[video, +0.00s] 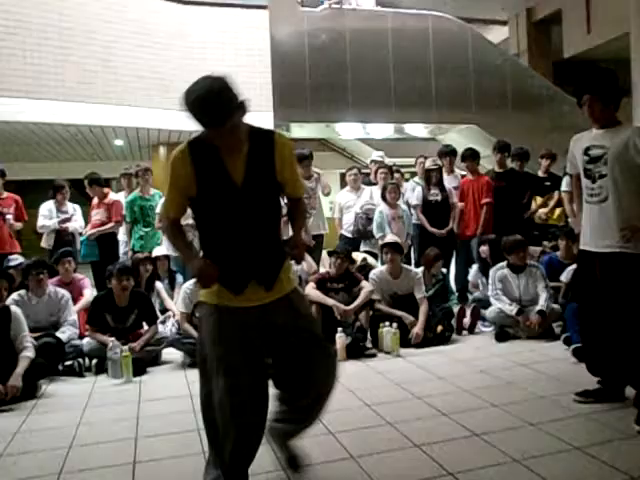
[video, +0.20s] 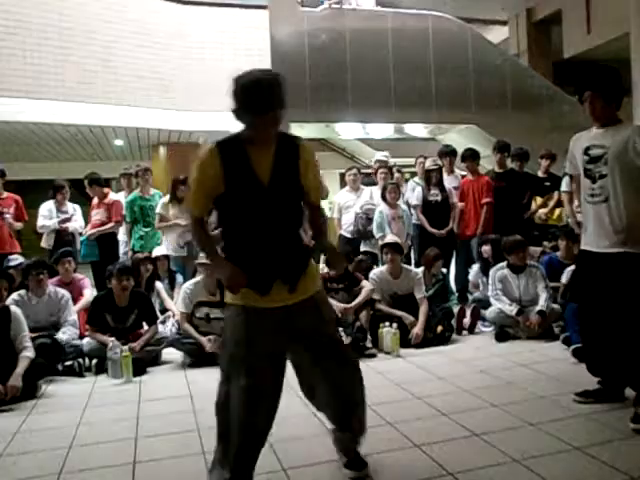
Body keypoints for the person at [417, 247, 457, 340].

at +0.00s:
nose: (440, 267)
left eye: (440, 264)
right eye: (437, 265)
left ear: (441, 264)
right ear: (430, 265)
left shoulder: (443, 276)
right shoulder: (417, 275)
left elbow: (451, 294)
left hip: (440, 309)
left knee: (447, 310)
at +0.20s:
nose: (439, 268)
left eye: (440, 265)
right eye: (437, 265)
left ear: (441, 264)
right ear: (430, 265)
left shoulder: (443, 276)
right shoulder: (418, 275)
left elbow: (451, 294)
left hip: (440, 309)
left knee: (447, 311)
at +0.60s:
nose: (437, 266)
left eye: (439, 263)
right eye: (435, 264)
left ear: (440, 263)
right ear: (427, 264)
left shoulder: (442, 274)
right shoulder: (416, 275)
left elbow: (449, 292)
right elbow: (417, 295)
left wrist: (451, 304)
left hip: (439, 305)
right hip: (423, 306)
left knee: (446, 310)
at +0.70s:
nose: (436, 268)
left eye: (438, 265)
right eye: (433, 266)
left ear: (440, 264)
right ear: (426, 265)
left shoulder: (442, 276)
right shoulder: (416, 276)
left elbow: (447, 294)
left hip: (439, 306)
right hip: (422, 307)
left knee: (446, 313)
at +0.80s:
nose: (436, 267)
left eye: (437, 264)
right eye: (433, 264)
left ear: (439, 263)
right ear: (426, 264)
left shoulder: (441, 274)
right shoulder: (416, 275)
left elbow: (447, 293)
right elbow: (416, 296)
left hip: (439, 305)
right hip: (422, 306)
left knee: (445, 311)